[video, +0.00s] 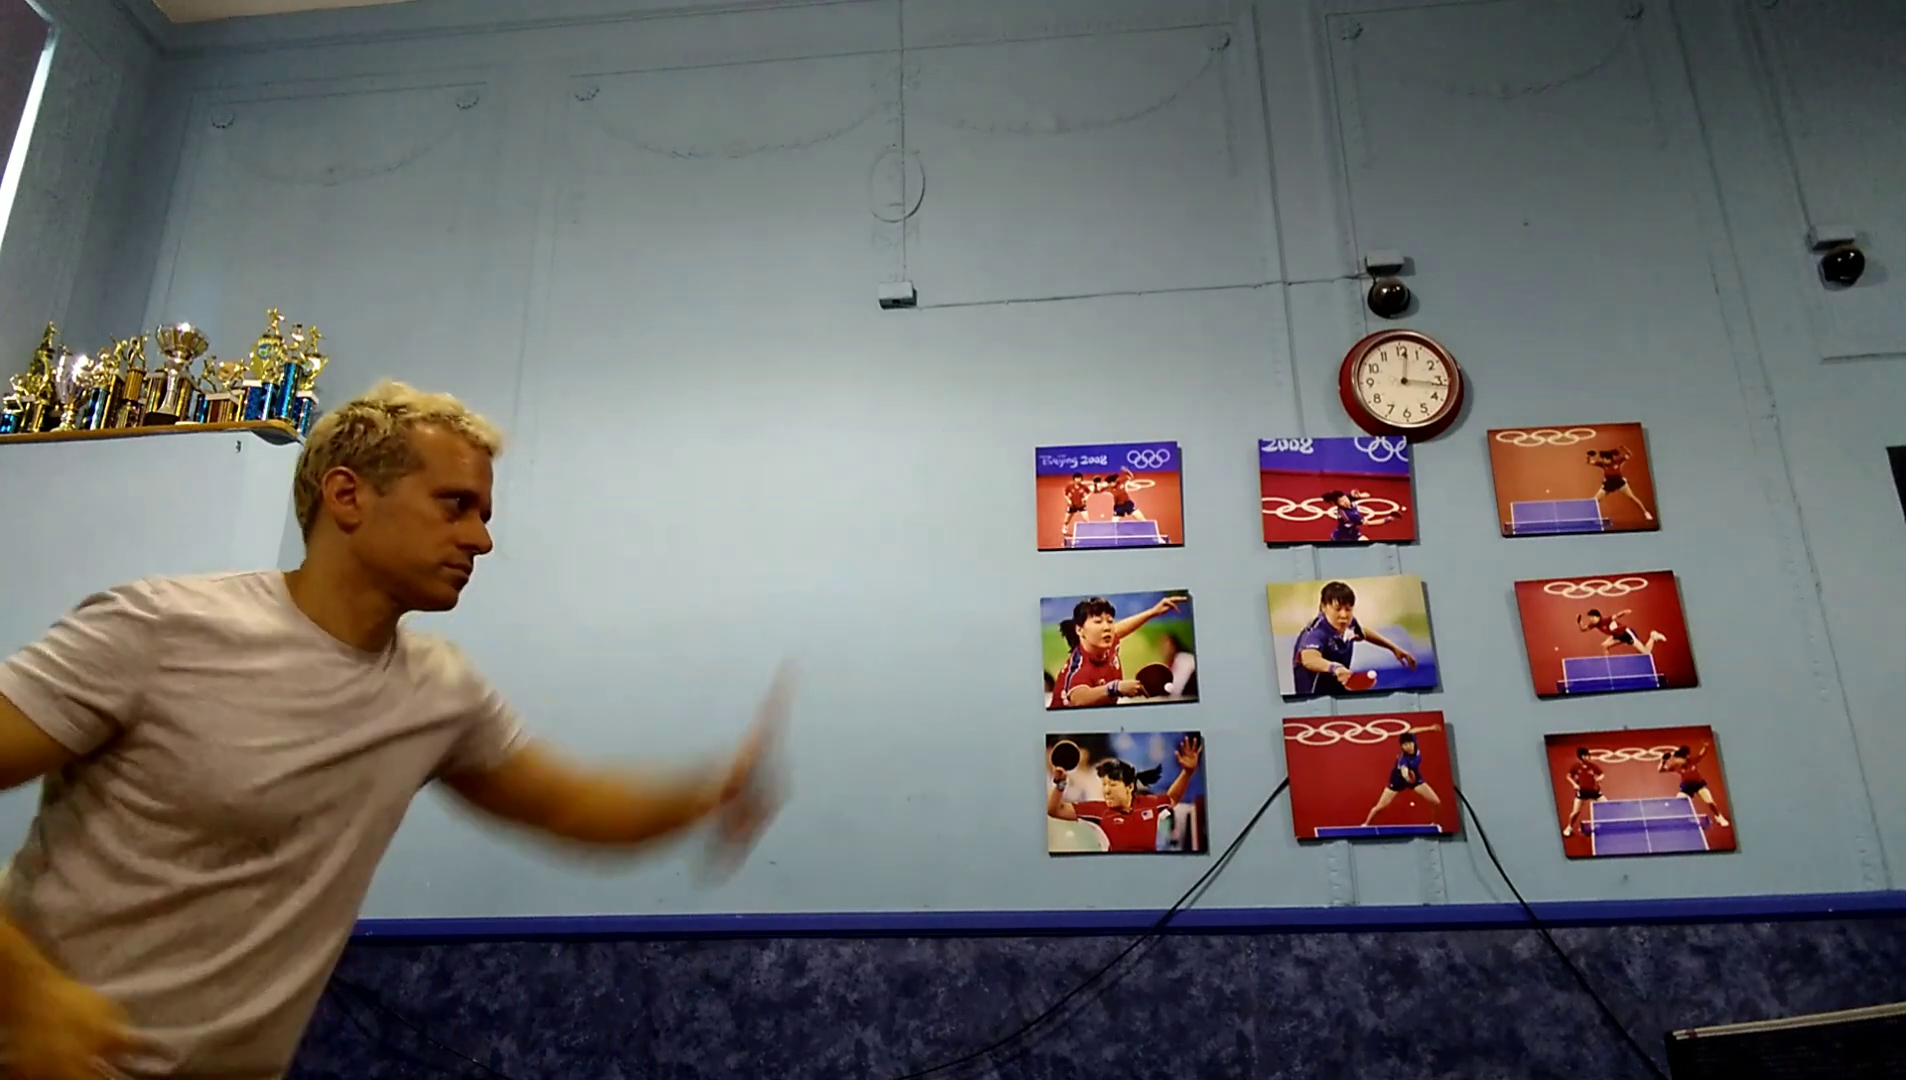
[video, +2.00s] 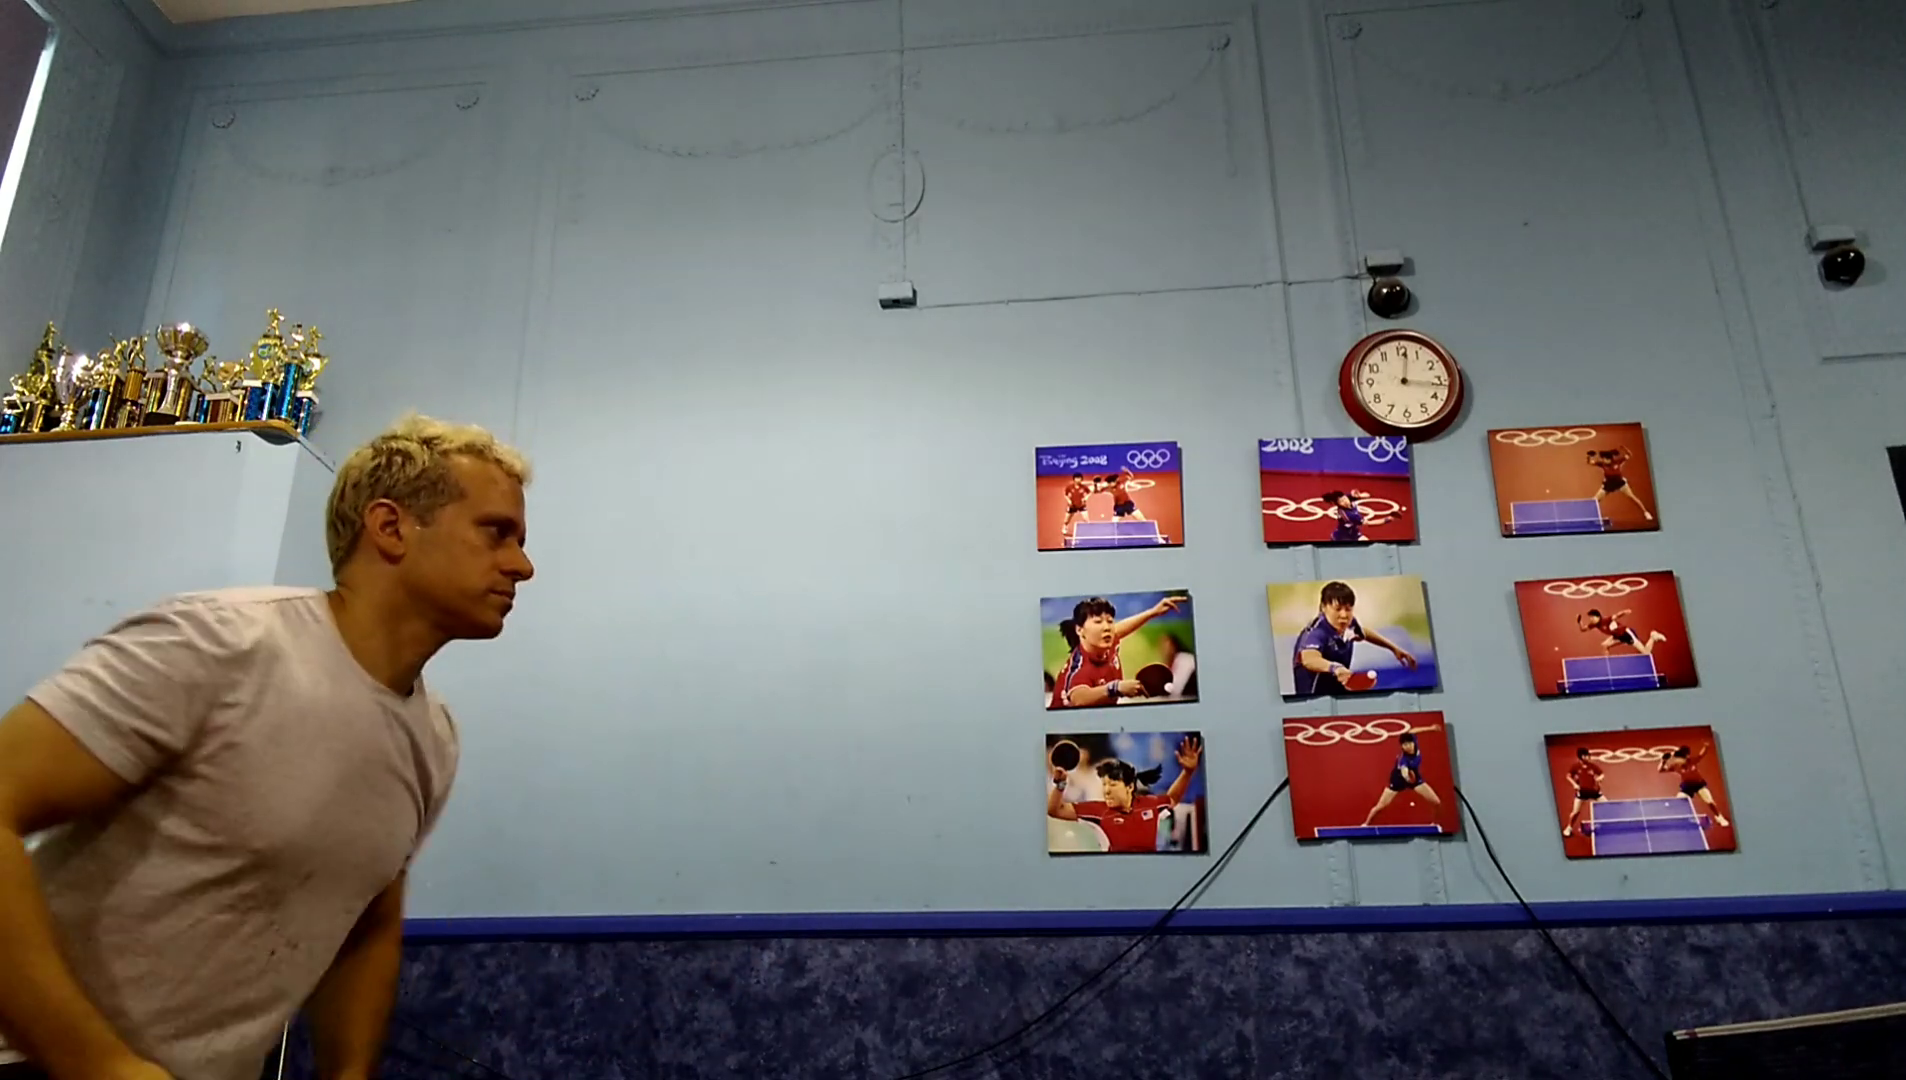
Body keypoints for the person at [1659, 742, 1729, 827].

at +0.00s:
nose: (1678, 761)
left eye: (1680, 759)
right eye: (1677, 759)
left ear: (1686, 758)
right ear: (1676, 758)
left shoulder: (1692, 761)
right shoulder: (1676, 766)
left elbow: (1701, 755)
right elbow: (1661, 770)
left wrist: (1705, 747)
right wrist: (1663, 761)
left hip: (1699, 784)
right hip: (1686, 786)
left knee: (1710, 802)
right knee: (1678, 803)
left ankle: (1718, 816)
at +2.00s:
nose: (1685, 759)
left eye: (1686, 757)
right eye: (1683, 757)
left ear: (1687, 756)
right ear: (1679, 757)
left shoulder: (1692, 760)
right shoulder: (1676, 766)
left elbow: (1701, 755)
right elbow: (1661, 770)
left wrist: (1705, 747)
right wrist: (1663, 760)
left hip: (1699, 784)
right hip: (1686, 786)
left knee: (1710, 802)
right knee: (1678, 803)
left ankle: (1719, 817)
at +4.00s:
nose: (1686, 758)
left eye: (1687, 756)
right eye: (1683, 757)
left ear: (1687, 755)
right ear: (1680, 756)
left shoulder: (1692, 760)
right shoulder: (1676, 765)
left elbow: (1701, 755)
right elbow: (1661, 770)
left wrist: (1705, 747)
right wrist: (1663, 760)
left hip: (1699, 784)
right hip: (1686, 786)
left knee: (1710, 802)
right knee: (1678, 803)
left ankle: (1719, 817)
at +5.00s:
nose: (1686, 759)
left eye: (1687, 757)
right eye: (1684, 758)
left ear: (1688, 757)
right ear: (1679, 759)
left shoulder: (1693, 761)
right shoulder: (1677, 766)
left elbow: (1701, 755)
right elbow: (1661, 771)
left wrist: (1705, 747)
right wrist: (1662, 761)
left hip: (1699, 784)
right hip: (1686, 785)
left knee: (1710, 802)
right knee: (1679, 802)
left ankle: (1718, 816)